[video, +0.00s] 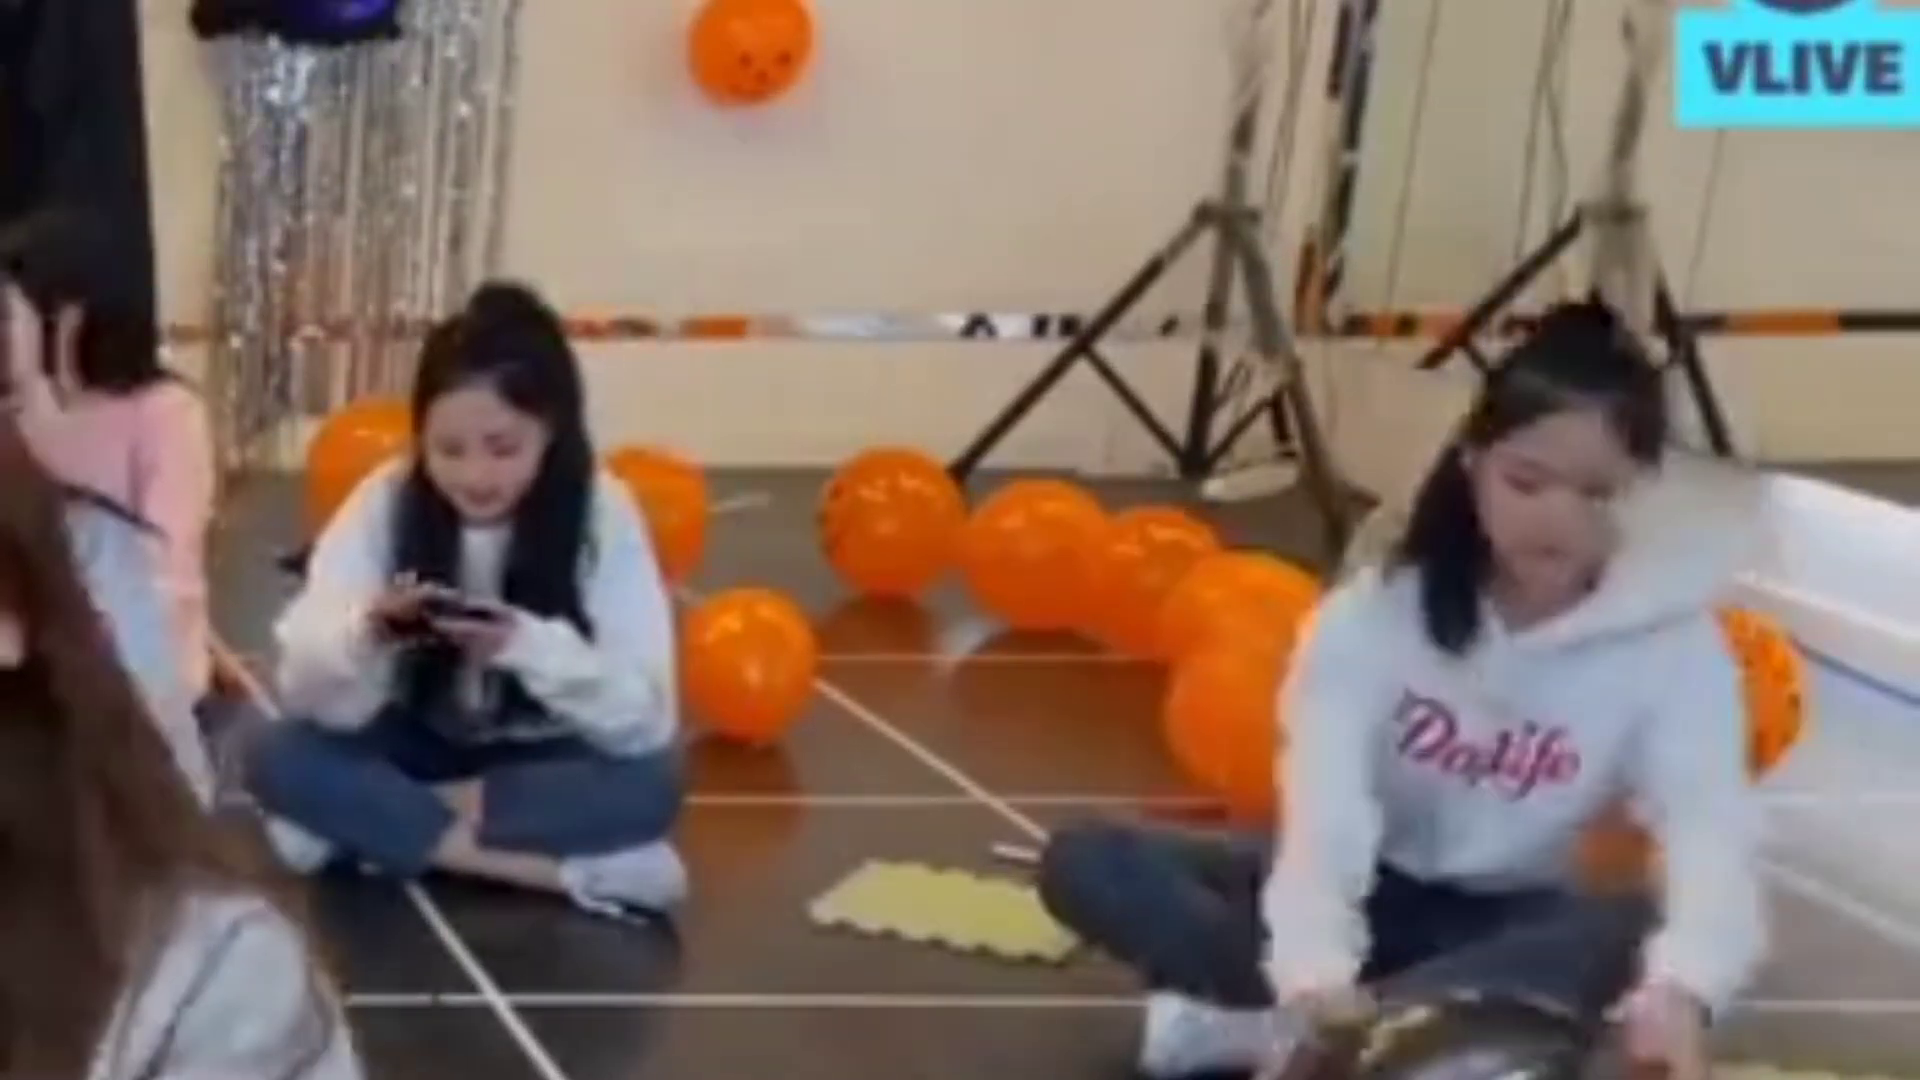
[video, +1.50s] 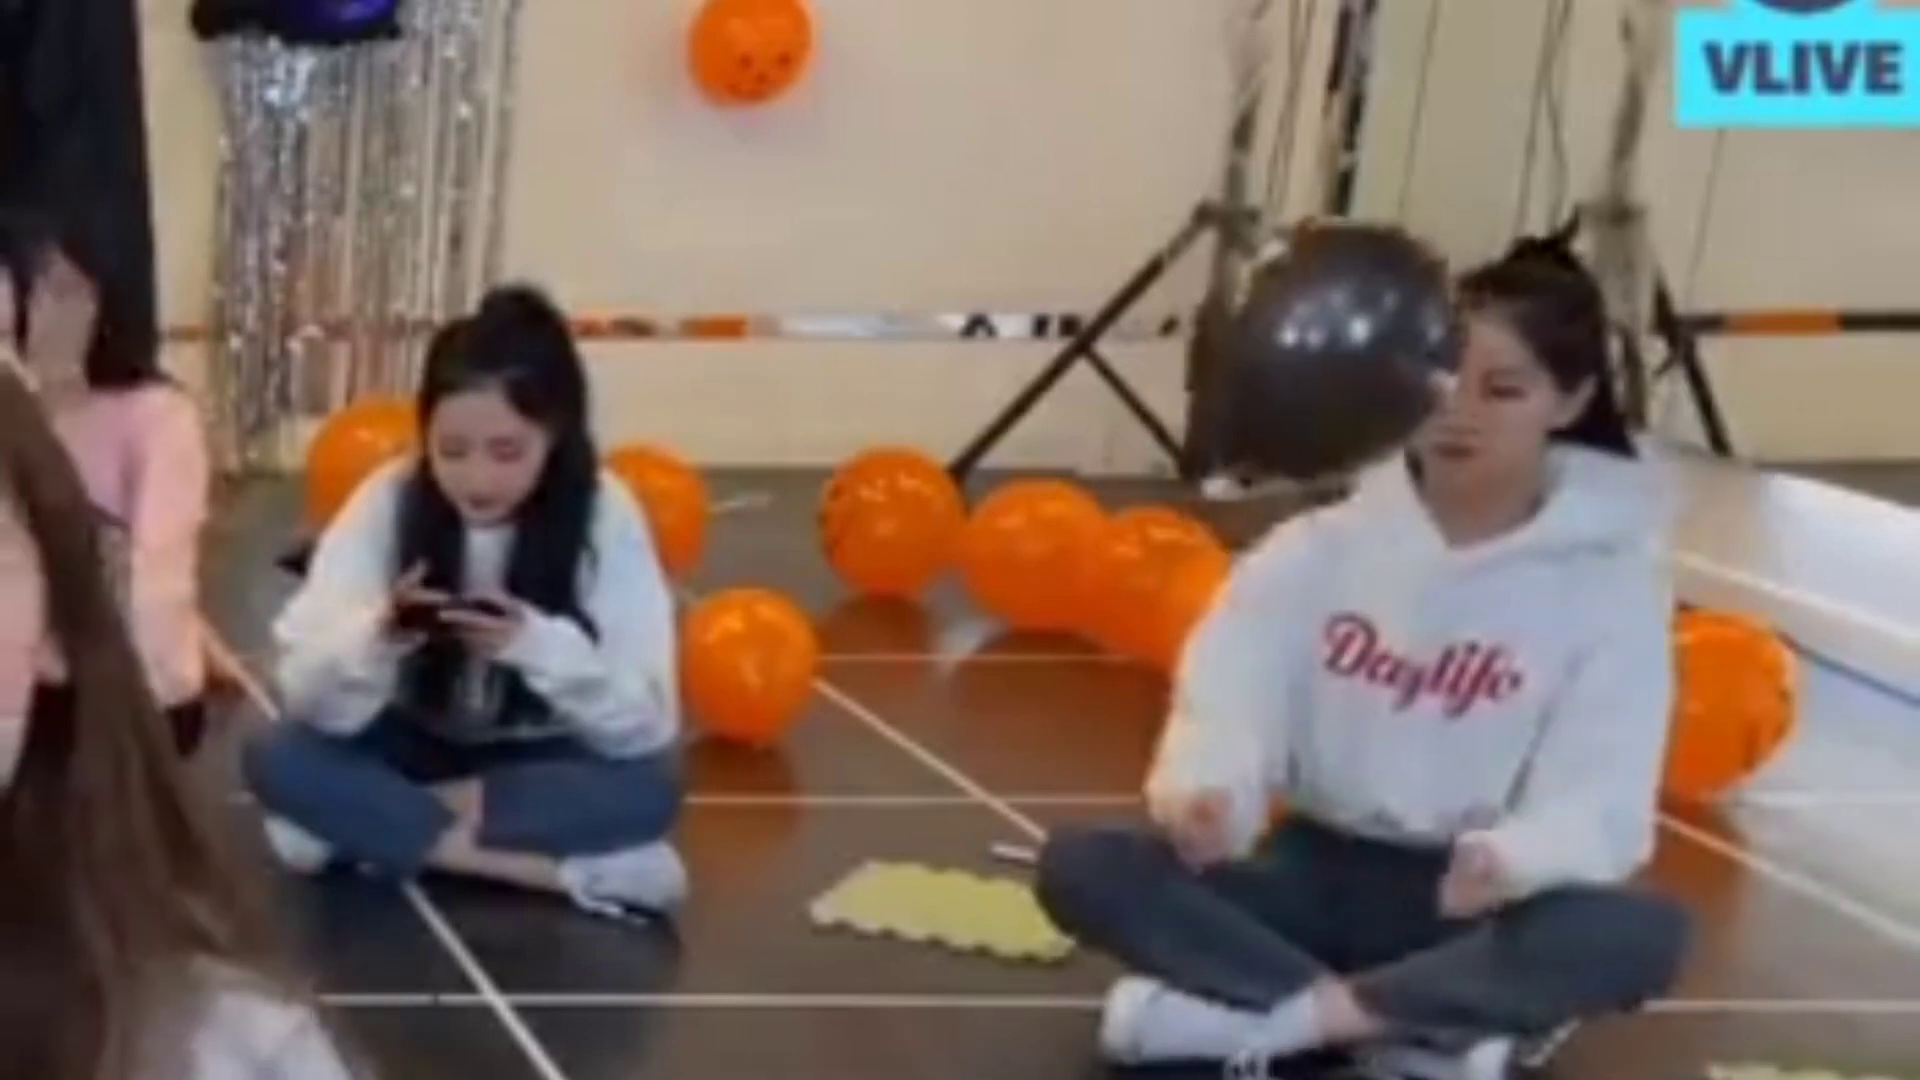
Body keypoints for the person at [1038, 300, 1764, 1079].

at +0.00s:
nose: (1557, 522)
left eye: (1594, 493)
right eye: (1525, 484)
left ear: (1636, 492)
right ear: (1472, 469)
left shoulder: (1671, 651)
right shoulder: (1363, 625)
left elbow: (1713, 851)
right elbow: (1323, 834)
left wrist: (1681, 993)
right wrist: (1319, 991)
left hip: (1506, 916)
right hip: (1346, 886)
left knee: (1614, 941)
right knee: (1084, 858)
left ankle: (1285, 1046)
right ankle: (1370, 1043)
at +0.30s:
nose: (1400, 456)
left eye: (1434, 425)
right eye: (1370, 426)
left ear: (1491, 430)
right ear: (1331, 432)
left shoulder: (1565, 599)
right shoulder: (1258, 593)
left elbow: (1579, 816)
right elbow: (1204, 786)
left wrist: (1463, 925)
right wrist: (1247, 922)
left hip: (1475, 887)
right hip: (1288, 880)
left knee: (1658, 943)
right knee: (1075, 882)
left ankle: (1265, 1033)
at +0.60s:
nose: (1442, 418)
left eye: (1481, 384)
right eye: (1413, 387)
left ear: (1536, 386)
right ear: (1380, 396)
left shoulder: (1606, 578)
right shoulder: (1317, 549)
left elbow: (1616, 803)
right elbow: (1213, 723)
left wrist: (1482, 876)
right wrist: (1241, 851)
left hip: (1474, 886)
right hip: (1293, 857)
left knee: (1660, 927)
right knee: (1083, 864)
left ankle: (1295, 1030)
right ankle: (1396, 1037)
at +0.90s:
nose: (1484, 388)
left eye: (1529, 367)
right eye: (1468, 359)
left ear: (1595, 397)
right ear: (1441, 375)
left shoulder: (1617, 584)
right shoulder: (1333, 536)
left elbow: (1577, 799)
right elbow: (1214, 696)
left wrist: (1424, 808)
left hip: (1464, 873)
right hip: (1293, 837)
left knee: (1634, 890)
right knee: (1111, 839)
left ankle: (1280, 1029)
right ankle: (1415, 1033)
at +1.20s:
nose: (1477, 406)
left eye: (1520, 383)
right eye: (1457, 372)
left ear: (1582, 403)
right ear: (1424, 377)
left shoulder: (1610, 576)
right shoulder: (1336, 514)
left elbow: (1632, 818)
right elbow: (1232, 673)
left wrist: (1565, 828)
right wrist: (1189, 769)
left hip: (1483, 889)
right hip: (1312, 865)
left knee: (1647, 929)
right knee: (1081, 862)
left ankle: (1288, 1027)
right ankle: (1406, 1047)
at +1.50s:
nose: (1456, 413)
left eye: (1501, 391)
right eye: (1442, 376)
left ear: (1571, 406)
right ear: (1408, 378)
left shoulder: (1608, 584)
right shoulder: (1319, 549)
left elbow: (1605, 810)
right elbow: (1227, 699)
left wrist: (1512, 859)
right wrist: (1208, 799)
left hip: (1471, 892)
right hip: (1303, 873)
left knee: (1642, 934)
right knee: (1081, 865)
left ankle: (1285, 1028)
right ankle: (1401, 1046)